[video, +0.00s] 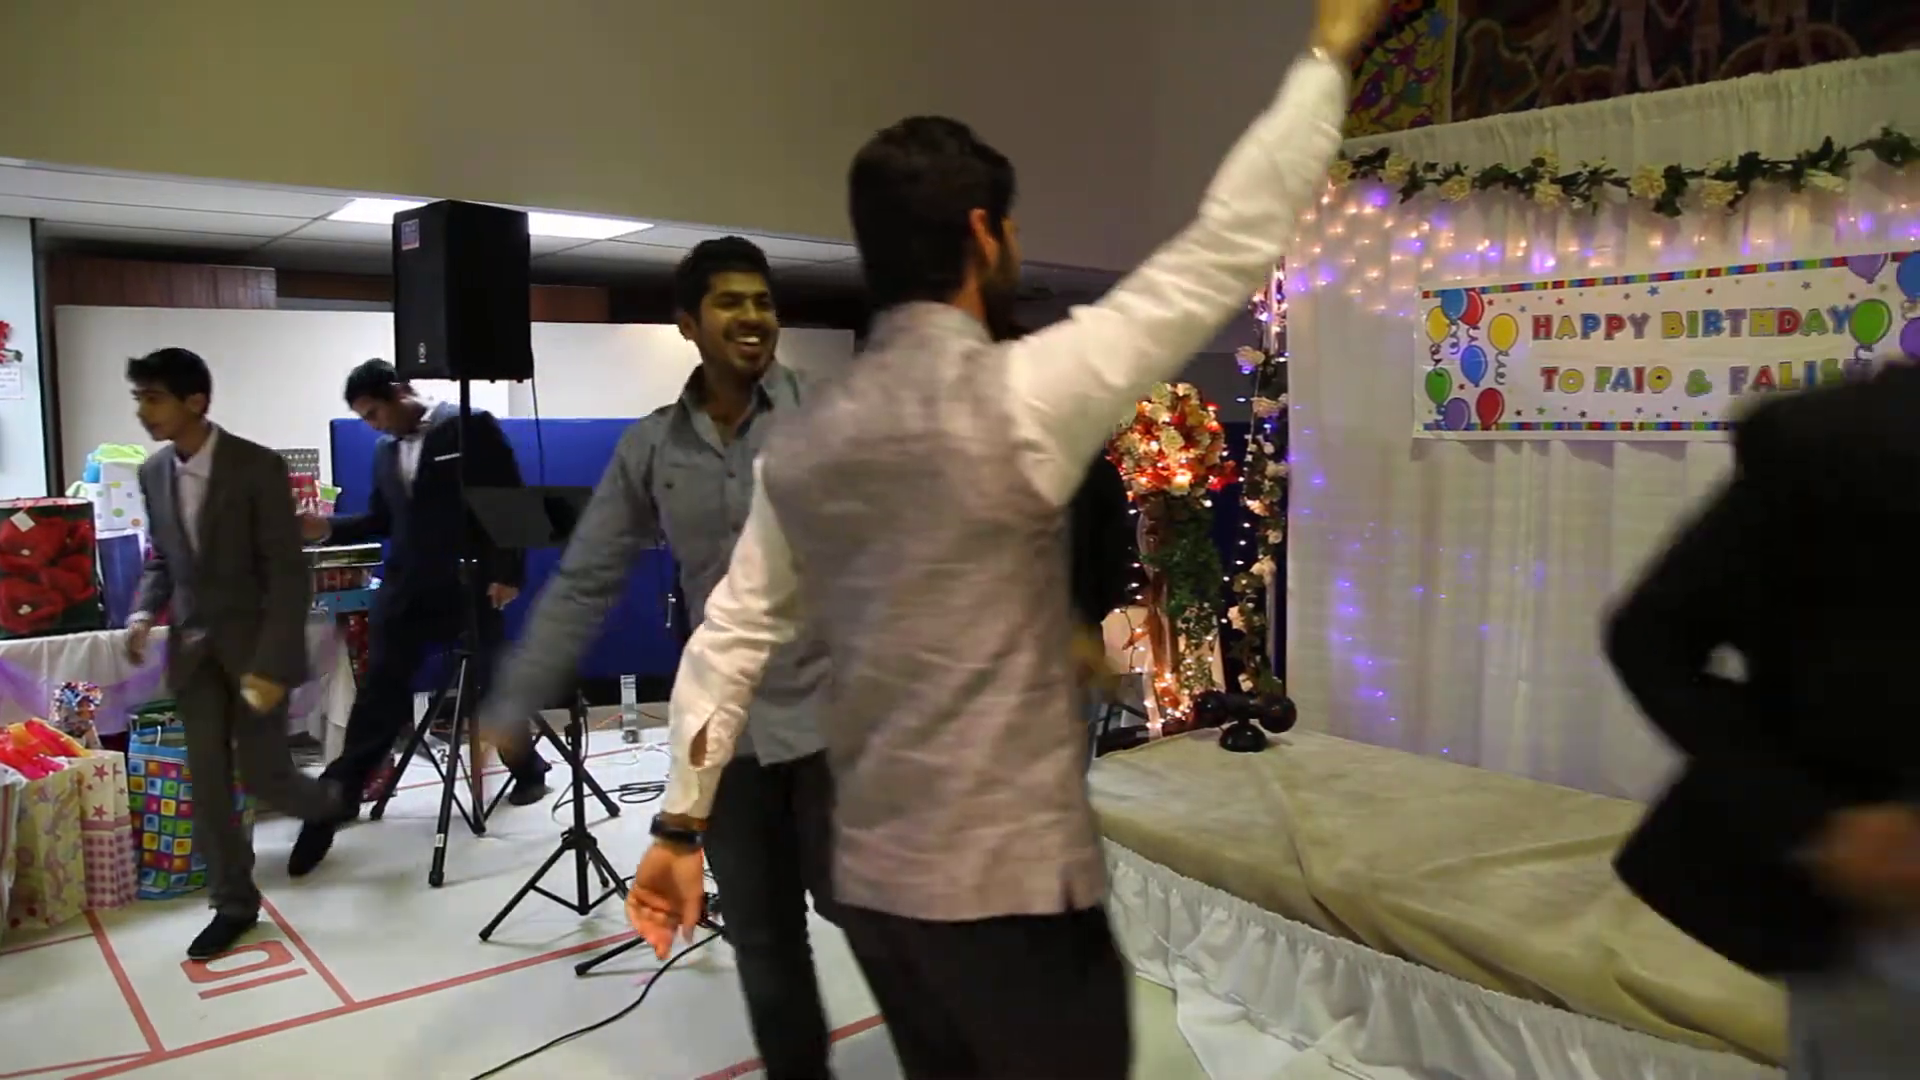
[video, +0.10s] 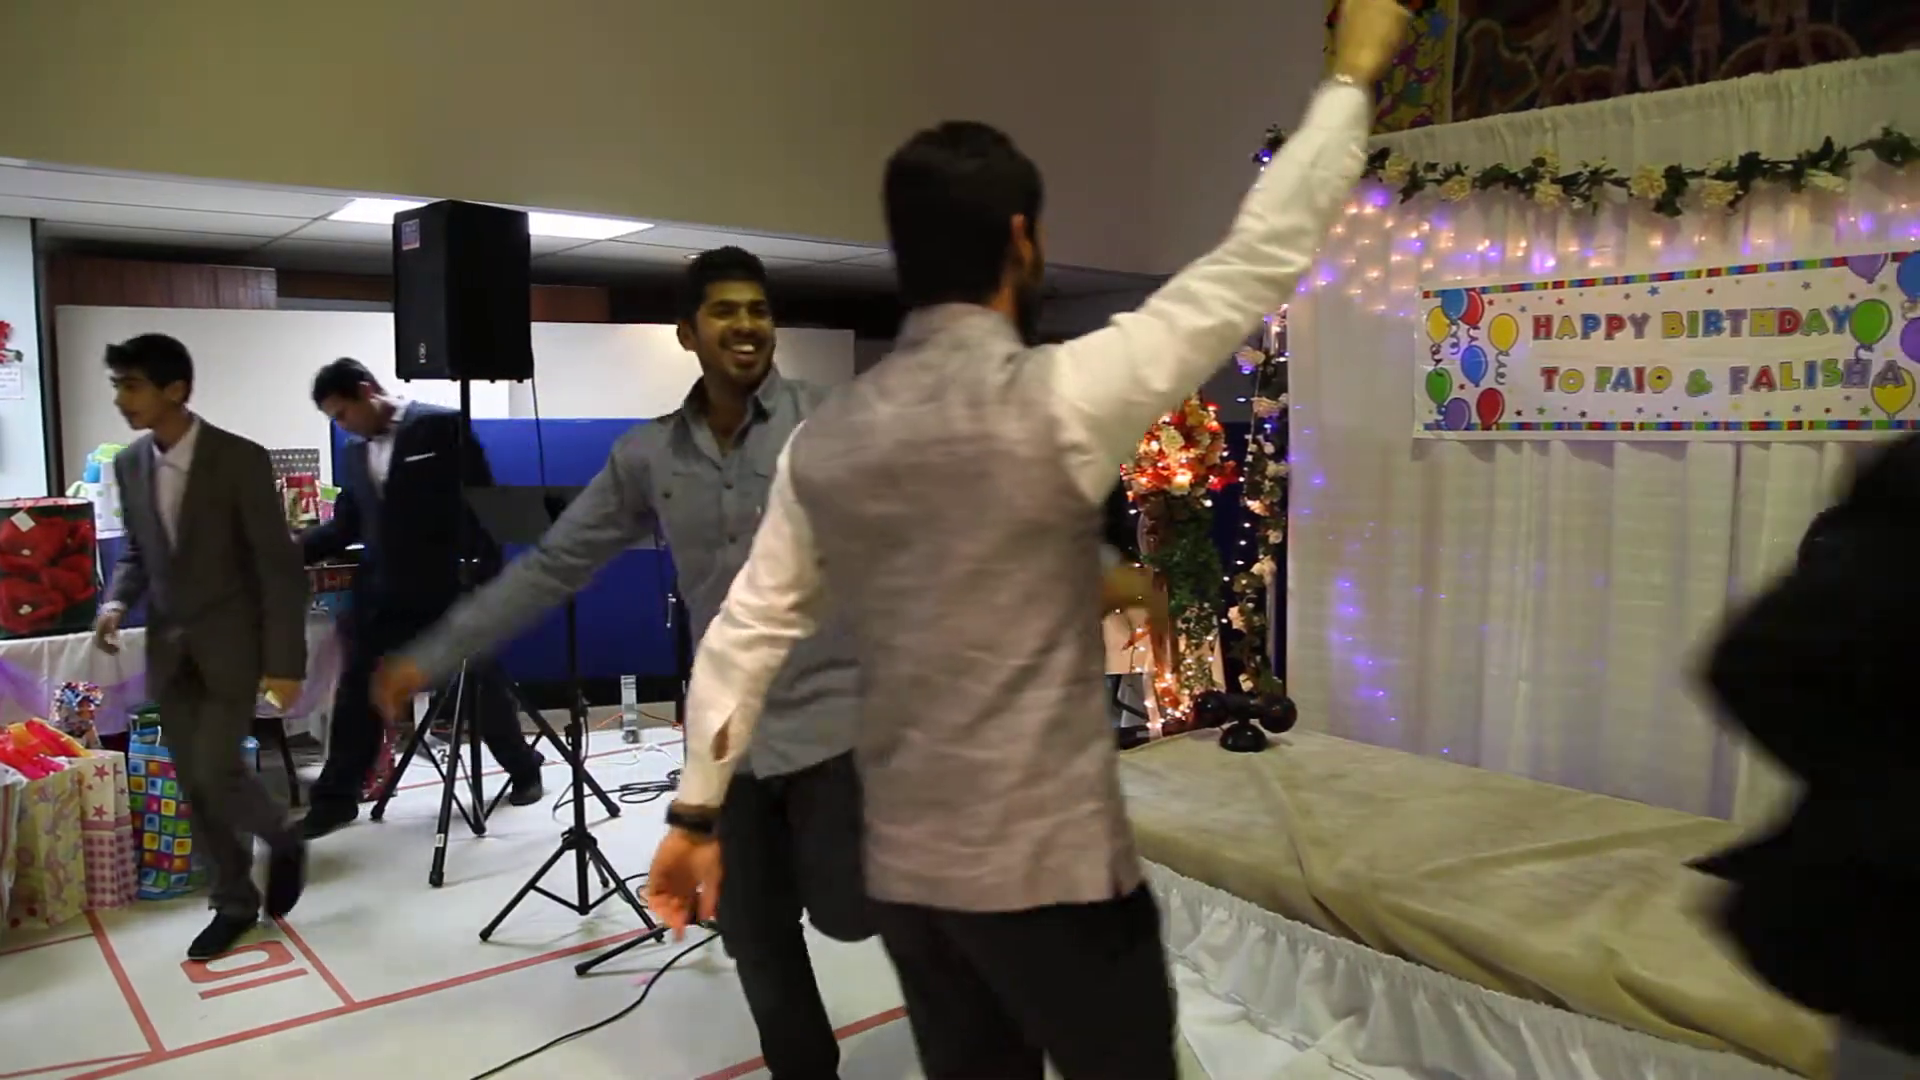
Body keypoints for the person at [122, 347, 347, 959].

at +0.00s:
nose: (141, 411)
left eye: (152, 399)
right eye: (138, 400)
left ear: (194, 400)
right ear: (155, 404)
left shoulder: (258, 466)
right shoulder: (154, 474)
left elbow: (290, 572)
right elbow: (162, 561)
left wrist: (274, 665)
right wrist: (145, 613)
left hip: (253, 646)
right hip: (193, 649)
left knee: (264, 775)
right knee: (209, 782)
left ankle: (328, 807)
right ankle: (236, 904)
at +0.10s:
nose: (118, 399)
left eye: (129, 387)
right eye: (116, 387)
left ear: (174, 389)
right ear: (139, 394)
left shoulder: (241, 458)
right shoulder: (129, 466)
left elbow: (281, 565)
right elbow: (137, 553)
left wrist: (284, 662)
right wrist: (116, 603)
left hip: (231, 644)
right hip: (168, 647)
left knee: (215, 773)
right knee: (196, 783)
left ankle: (283, 836)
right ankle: (234, 903)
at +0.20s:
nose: (95, 393)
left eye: (107, 381)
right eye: (94, 381)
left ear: (153, 386)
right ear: (122, 388)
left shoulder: (221, 459)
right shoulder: (105, 462)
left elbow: (276, 565)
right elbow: (108, 553)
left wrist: (282, 664)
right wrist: (90, 603)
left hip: (213, 640)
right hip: (147, 645)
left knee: (183, 771)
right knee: (181, 777)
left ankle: (229, 911)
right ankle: (230, 897)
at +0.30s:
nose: (70, 401)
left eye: (82, 388)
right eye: (67, 388)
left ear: (130, 393)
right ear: (96, 396)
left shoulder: (200, 473)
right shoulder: (81, 471)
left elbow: (258, 578)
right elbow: (81, 566)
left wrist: (270, 684)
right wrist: (63, 623)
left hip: (188, 666)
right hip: (126, 669)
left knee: (167, 811)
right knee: (179, 799)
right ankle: (238, 899)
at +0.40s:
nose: (45, 409)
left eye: (57, 397)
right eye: (43, 396)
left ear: (108, 401)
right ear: (64, 404)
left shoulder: (173, 489)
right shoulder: (56, 481)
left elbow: (218, 601)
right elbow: (54, 586)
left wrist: (237, 710)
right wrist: (33, 649)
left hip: (155, 690)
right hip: (95, 691)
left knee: (123, 841)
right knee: (163, 812)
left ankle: (106, 1010)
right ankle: (230, 895)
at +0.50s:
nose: (10, 405)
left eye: (23, 392)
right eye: (10, 391)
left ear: (74, 398)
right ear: (46, 401)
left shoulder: (142, 491)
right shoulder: (25, 482)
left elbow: (175, 614)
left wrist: (175, 731)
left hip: (119, 690)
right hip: (52, 694)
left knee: (80, 847)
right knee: (96, 831)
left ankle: (100, 1017)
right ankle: (199, 884)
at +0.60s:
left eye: (3, 388)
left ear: (38, 389)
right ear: (25, 391)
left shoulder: (105, 486)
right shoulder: (4, 475)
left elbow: (127, 623)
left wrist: (97, 745)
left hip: (70, 712)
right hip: (9, 710)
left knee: (66, 870)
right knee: (23, 858)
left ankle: (100, 1017)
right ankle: (139, 891)